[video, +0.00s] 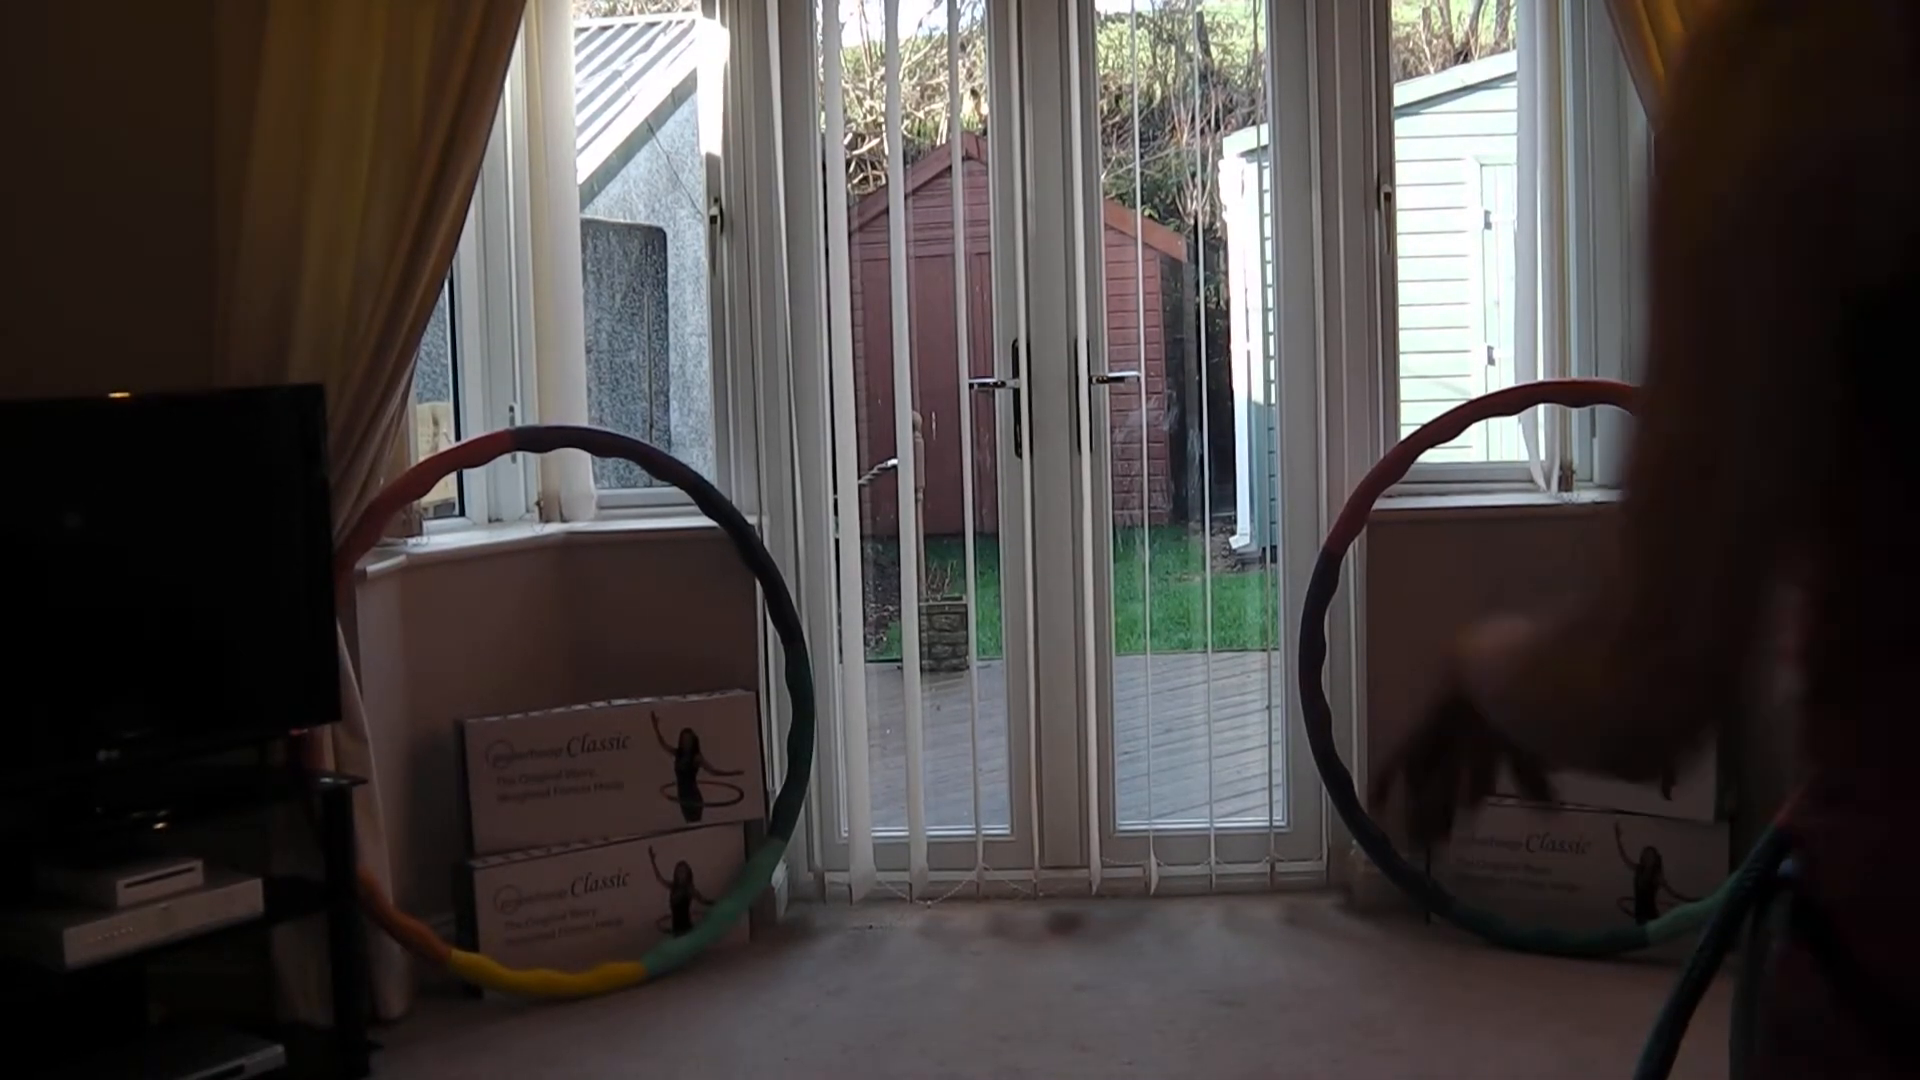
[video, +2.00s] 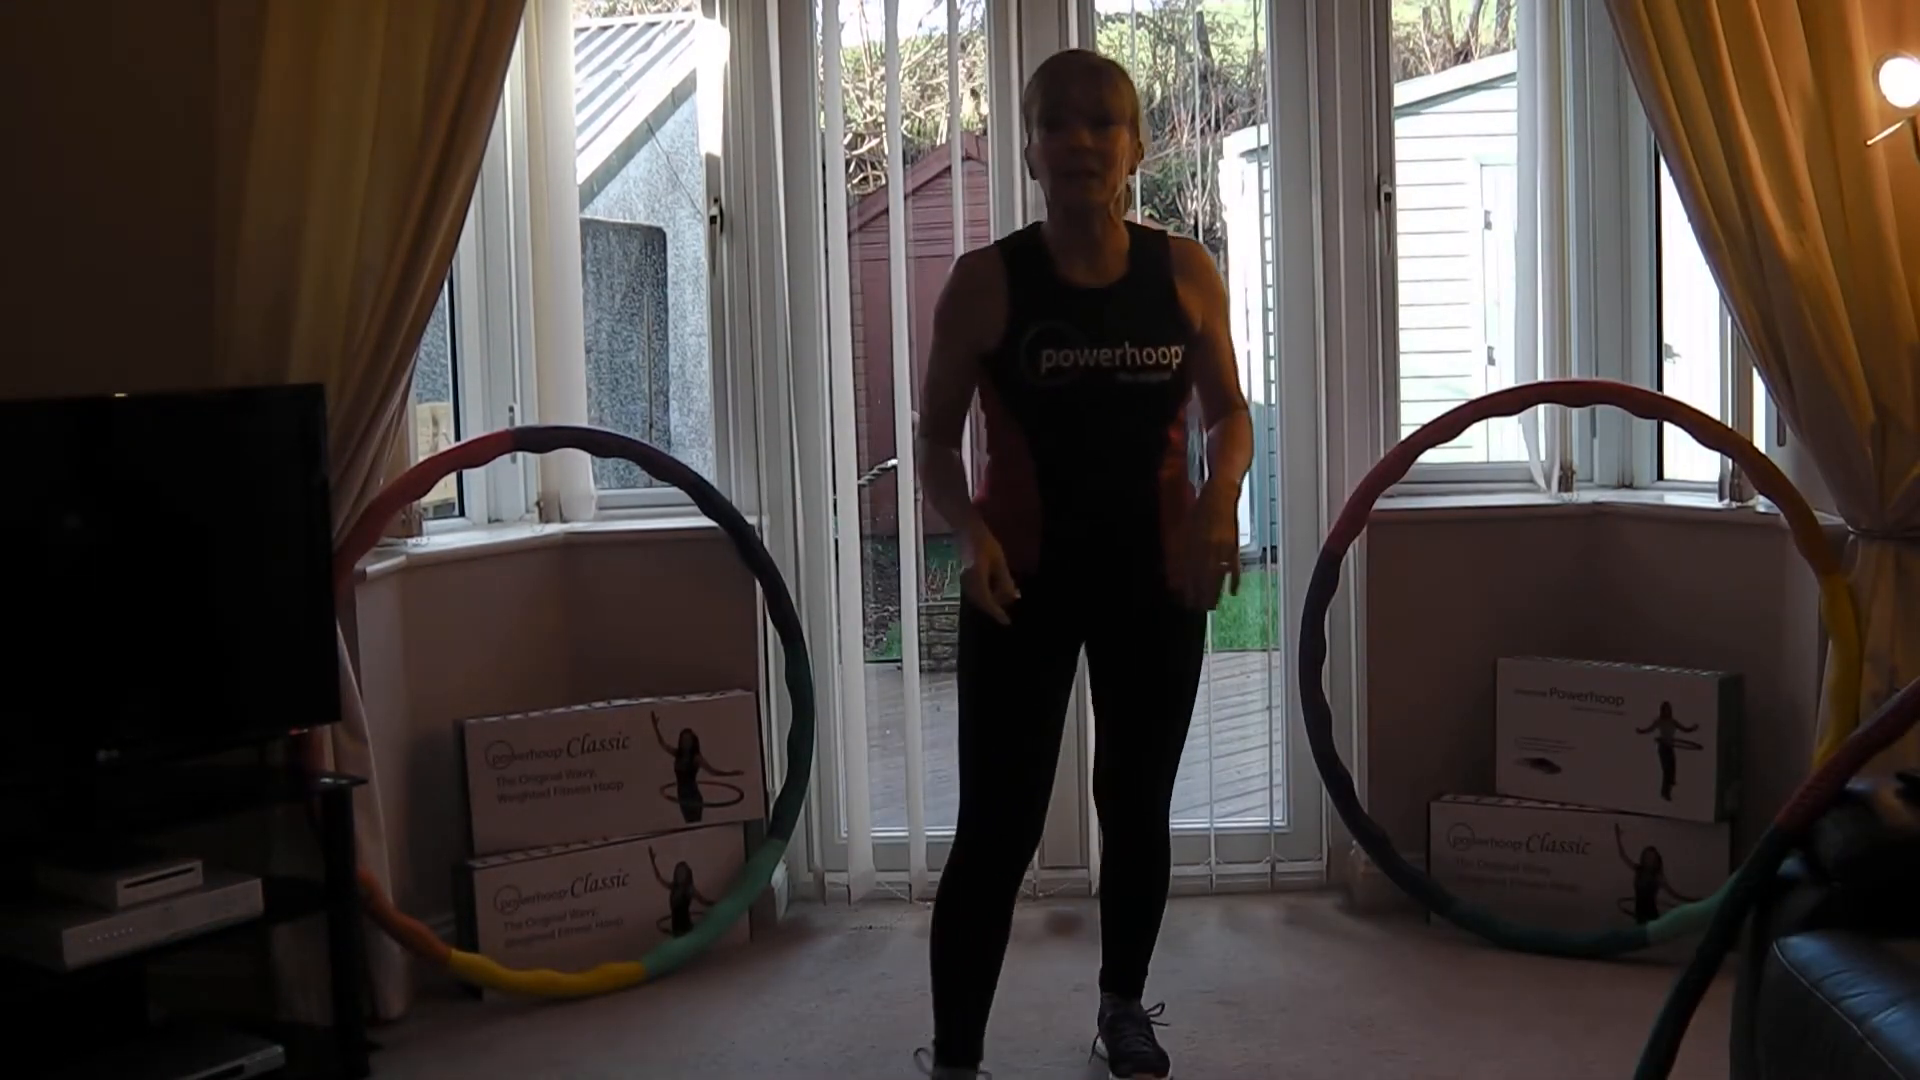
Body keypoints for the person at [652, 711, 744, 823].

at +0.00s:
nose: (684, 741)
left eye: (688, 738)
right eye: (683, 738)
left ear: (693, 741)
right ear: (680, 740)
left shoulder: (696, 757)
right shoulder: (678, 754)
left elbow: (713, 772)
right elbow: (662, 744)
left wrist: (733, 773)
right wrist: (655, 725)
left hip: (693, 794)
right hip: (682, 794)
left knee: (696, 826)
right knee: (690, 826)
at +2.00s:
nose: (685, 741)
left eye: (688, 739)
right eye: (683, 739)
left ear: (693, 741)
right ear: (680, 741)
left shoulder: (696, 757)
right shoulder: (678, 754)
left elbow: (713, 772)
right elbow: (662, 744)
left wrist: (732, 773)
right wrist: (655, 725)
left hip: (693, 794)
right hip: (682, 795)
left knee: (696, 828)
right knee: (691, 828)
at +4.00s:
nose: (686, 742)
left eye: (689, 739)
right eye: (684, 739)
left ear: (694, 741)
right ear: (680, 741)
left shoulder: (696, 757)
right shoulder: (678, 755)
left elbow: (712, 771)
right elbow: (663, 745)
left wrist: (733, 774)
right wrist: (655, 726)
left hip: (693, 794)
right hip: (682, 795)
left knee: (696, 828)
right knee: (691, 828)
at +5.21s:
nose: (686, 743)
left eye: (689, 740)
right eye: (684, 739)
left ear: (694, 742)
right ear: (680, 741)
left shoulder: (696, 757)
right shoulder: (678, 754)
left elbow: (711, 771)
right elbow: (662, 745)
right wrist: (655, 727)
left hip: (693, 793)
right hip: (682, 794)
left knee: (696, 826)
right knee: (690, 827)